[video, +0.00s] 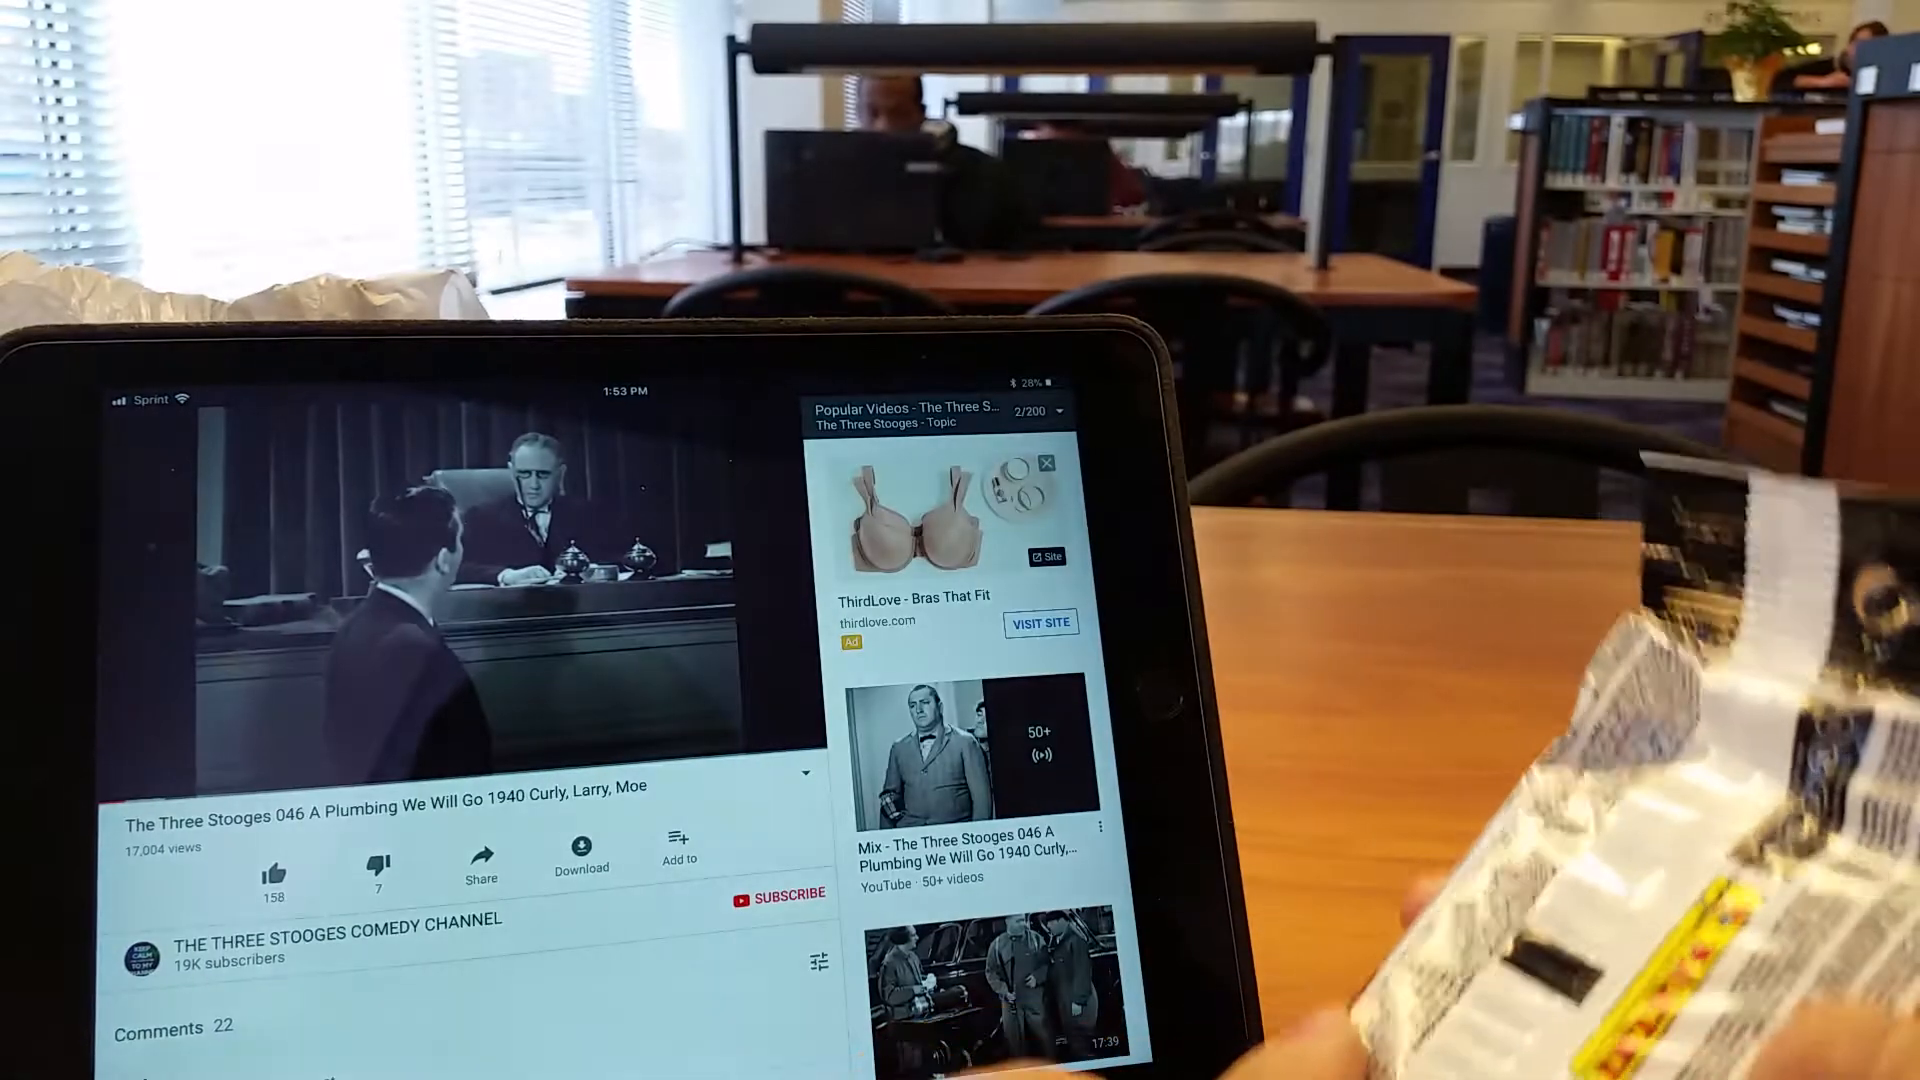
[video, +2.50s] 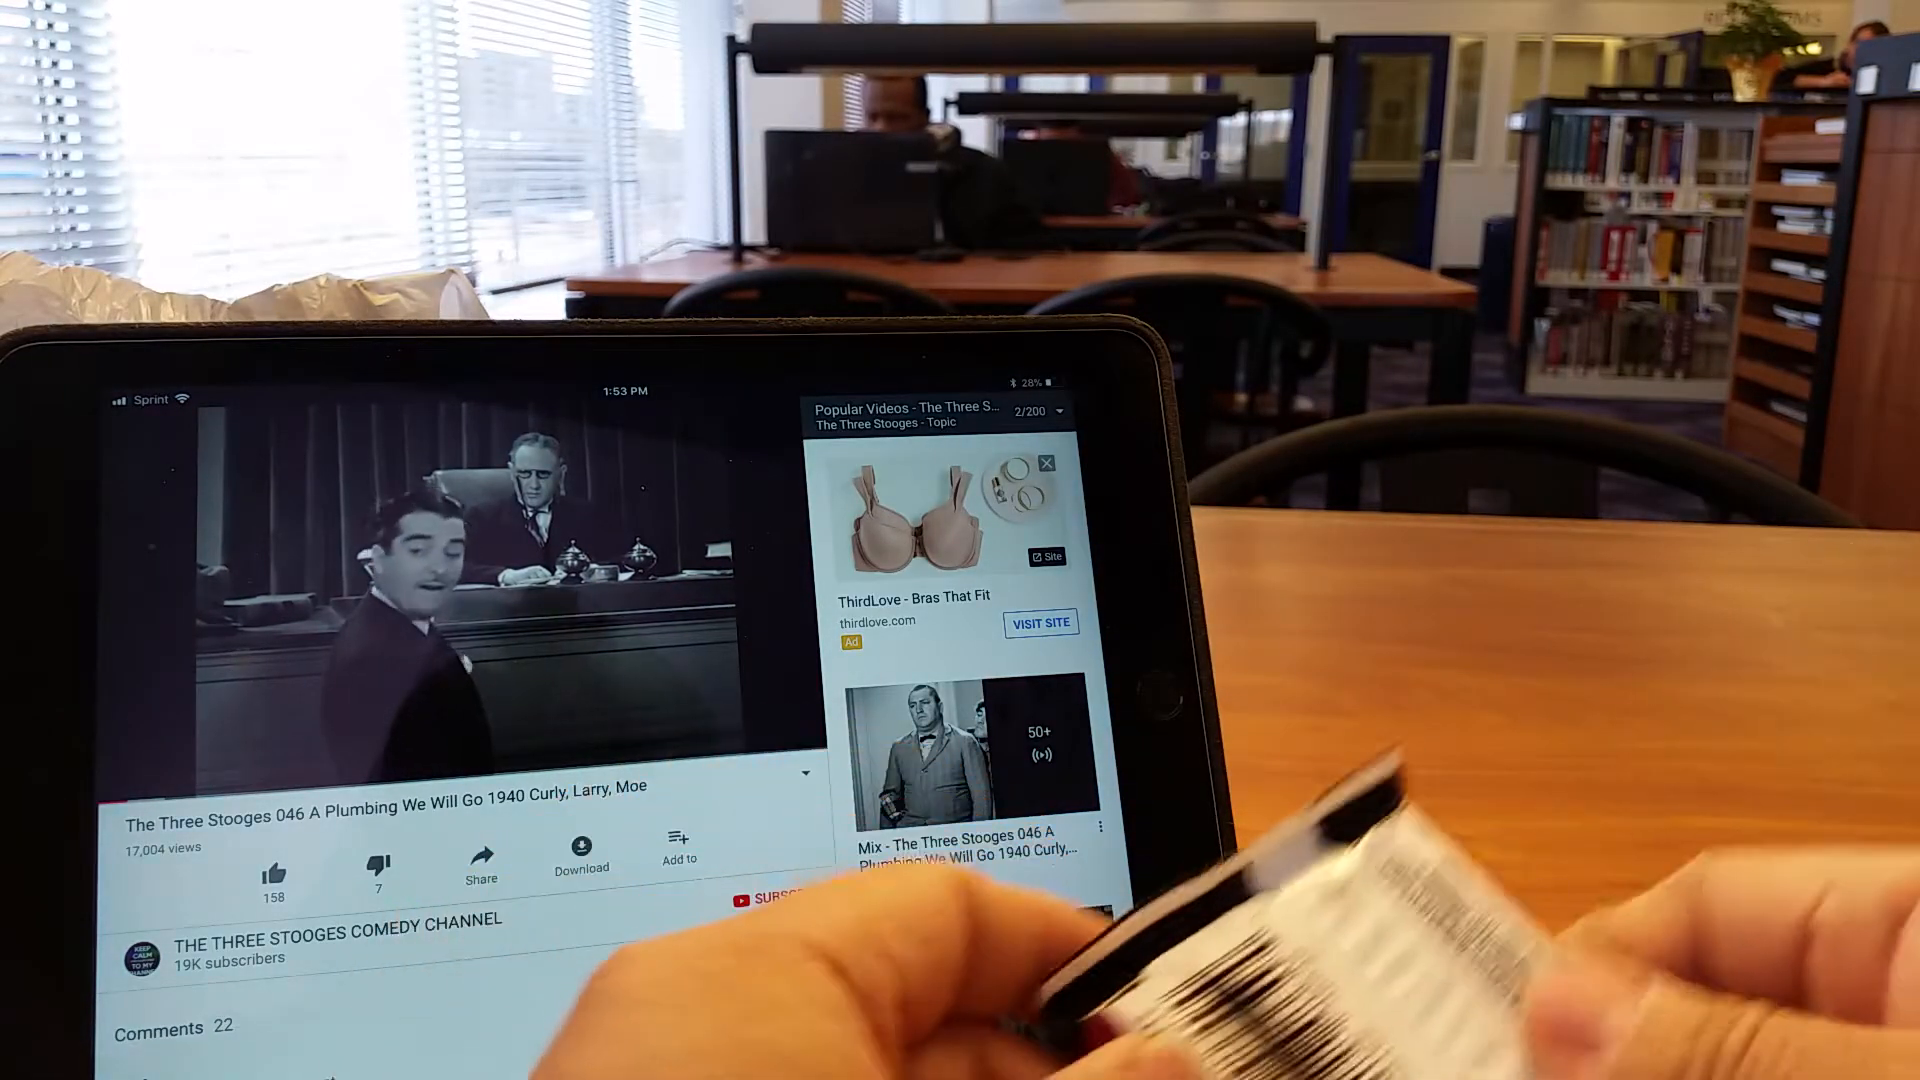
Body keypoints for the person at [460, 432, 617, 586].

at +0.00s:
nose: (533, 485)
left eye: (543, 475)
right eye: (525, 474)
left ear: (560, 474)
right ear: (511, 471)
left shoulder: (585, 514)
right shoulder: (483, 519)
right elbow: (457, 569)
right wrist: (503, 575)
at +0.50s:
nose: (534, 485)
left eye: (543, 475)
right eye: (524, 475)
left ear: (561, 474)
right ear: (511, 471)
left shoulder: (583, 515)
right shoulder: (482, 519)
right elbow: (455, 568)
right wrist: (504, 576)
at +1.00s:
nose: (533, 484)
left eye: (543, 475)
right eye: (524, 474)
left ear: (561, 473)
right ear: (512, 472)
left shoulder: (583, 515)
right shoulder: (483, 518)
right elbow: (456, 568)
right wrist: (504, 576)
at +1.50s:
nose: (533, 485)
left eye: (543, 475)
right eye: (524, 474)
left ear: (561, 473)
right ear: (511, 471)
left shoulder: (584, 515)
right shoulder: (483, 518)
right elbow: (454, 569)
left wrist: (593, 568)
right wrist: (504, 576)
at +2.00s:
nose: (533, 484)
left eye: (543, 475)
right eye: (524, 474)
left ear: (561, 473)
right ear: (511, 471)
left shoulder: (585, 516)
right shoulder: (484, 518)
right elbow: (455, 568)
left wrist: (591, 568)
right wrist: (505, 576)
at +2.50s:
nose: (533, 485)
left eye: (543, 475)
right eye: (525, 474)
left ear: (561, 474)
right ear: (511, 471)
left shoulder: (585, 515)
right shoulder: (484, 518)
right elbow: (458, 569)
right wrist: (504, 576)